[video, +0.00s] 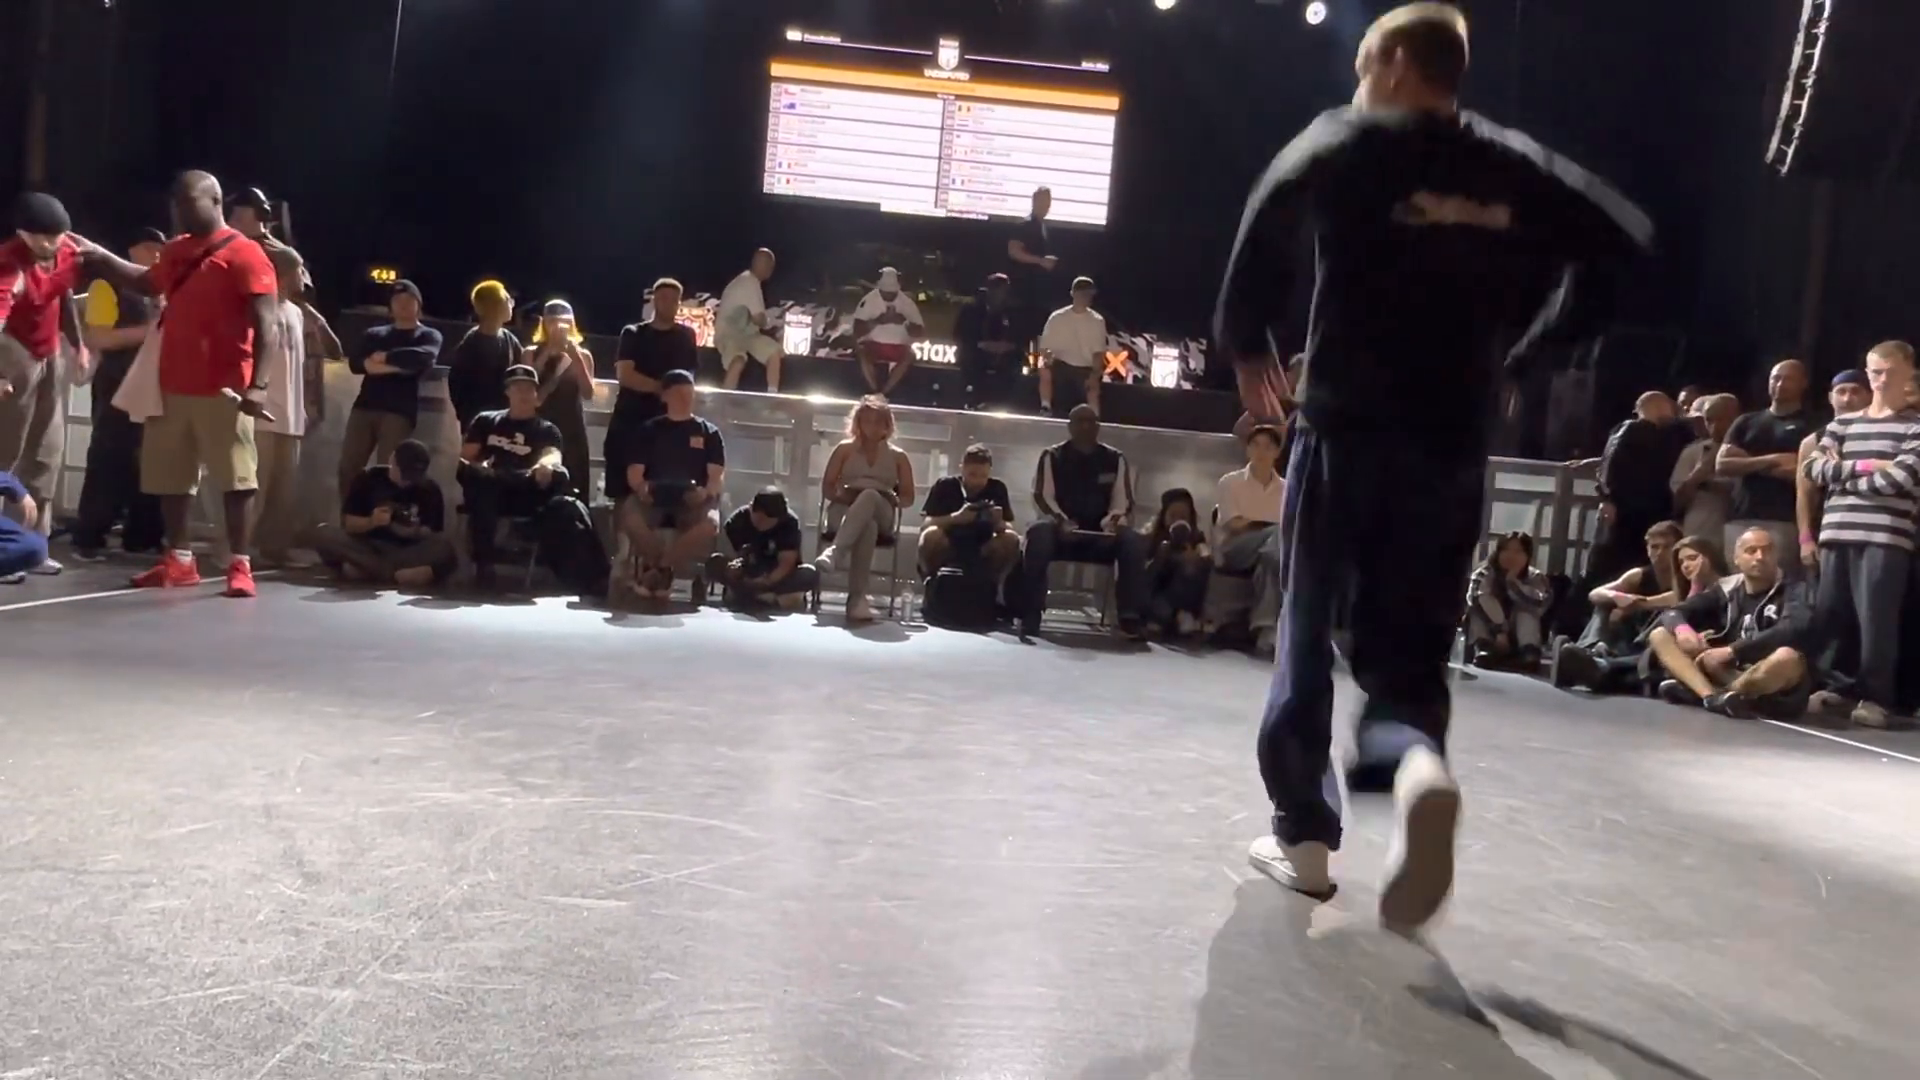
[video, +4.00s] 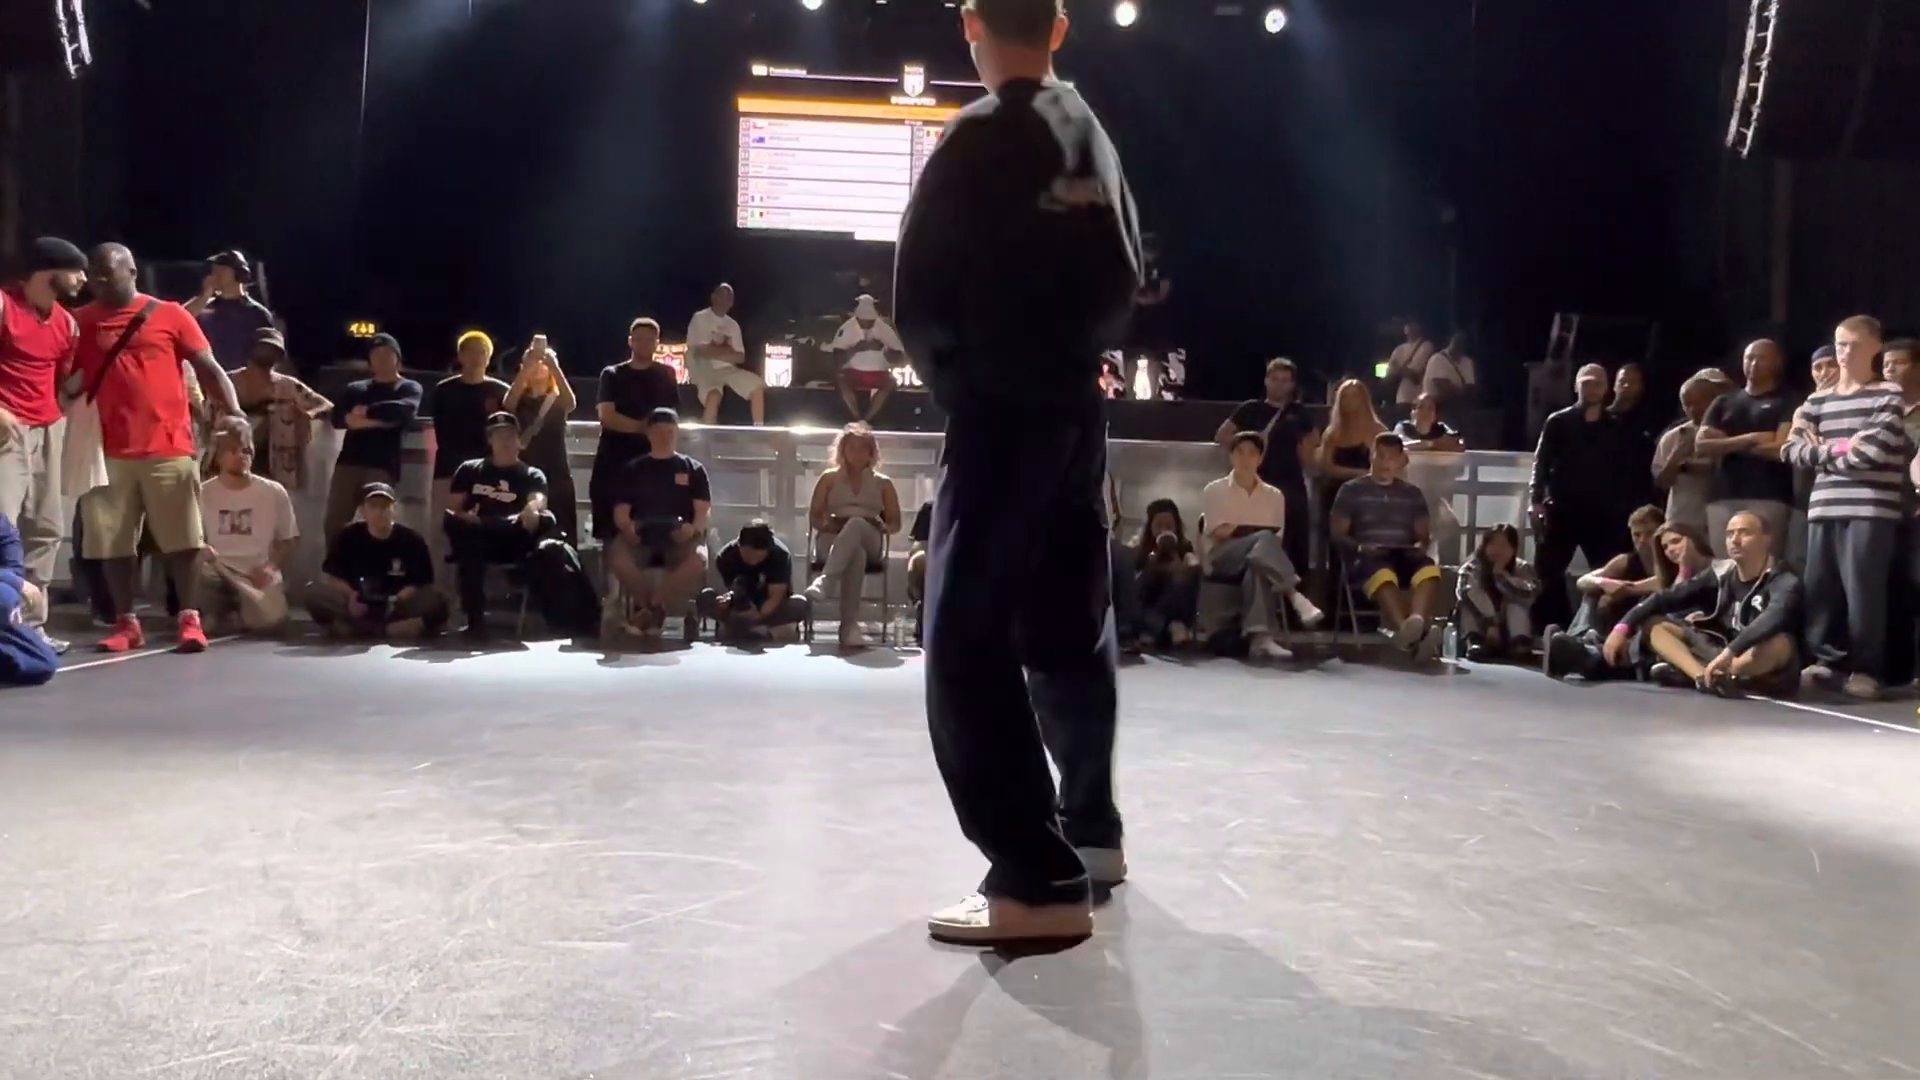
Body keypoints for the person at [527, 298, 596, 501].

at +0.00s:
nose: (559, 327)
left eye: (565, 321)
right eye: (553, 321)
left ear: (573, 325)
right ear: (544, 324)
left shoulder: (583, 356)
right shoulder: (531, 354)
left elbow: (588, 393)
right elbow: (532, 399)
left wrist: (576, 358)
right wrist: (557, 373)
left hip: (572, 430)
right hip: (540, 429)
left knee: (575, 490)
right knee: (539, 490)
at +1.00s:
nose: (559, 326)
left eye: (565, 320)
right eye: (554, 320)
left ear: (573, 323)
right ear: (545, 323)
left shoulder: (583, 354)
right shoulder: (533, 353)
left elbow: (589, 386)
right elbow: (527, 383)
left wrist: (578, 348)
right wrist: (546, 352)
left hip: (572, 427)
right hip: (540, 427)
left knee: (576, 486)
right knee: (539, 484)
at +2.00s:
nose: (547, 337)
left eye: (552, 331)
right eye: (541, 332)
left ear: (560, 335)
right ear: (532, 335)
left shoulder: (569, 366)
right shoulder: (521, 364)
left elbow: (575, 396)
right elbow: (515, 394)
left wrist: (564, 356)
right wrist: (535, 364)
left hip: (560, 436)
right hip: (529, 434)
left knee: (565, 495)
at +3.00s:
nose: (528, 349)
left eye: (533, 345)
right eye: (523, 344)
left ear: (541, 350)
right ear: (513, 349)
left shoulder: (548, 379)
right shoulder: (507, 378)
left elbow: (559, 384)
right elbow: (497, 387)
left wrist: (544, 348)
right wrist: (515, 350)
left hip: (545, 447)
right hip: (514, 447)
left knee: (552, 509)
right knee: (514, 507)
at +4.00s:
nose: (539, 369)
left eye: (544, 364)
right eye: (533, 364)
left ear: (552, 370)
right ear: (523, 369)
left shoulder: (558, 398)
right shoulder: (517, 399)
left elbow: (570, 403)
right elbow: (508, 406)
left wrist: (554, 367)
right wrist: (526, 366)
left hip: (555, 468)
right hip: (524, 469)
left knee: (563, 530)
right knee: (525, 529)